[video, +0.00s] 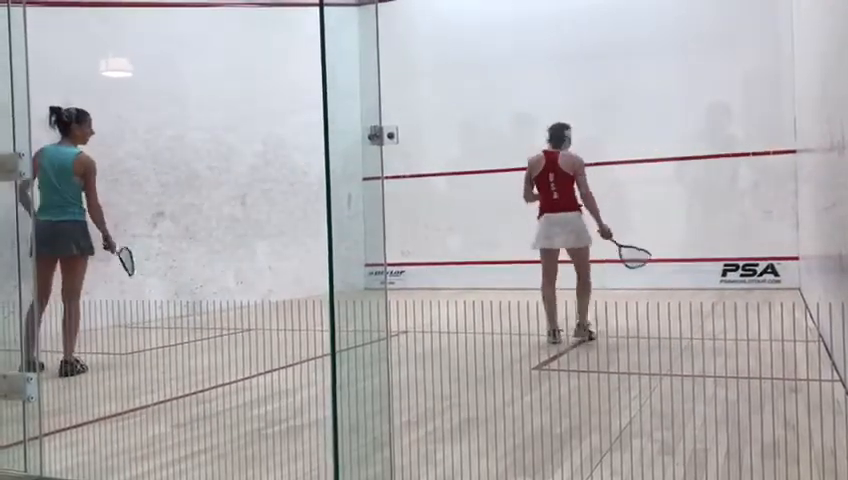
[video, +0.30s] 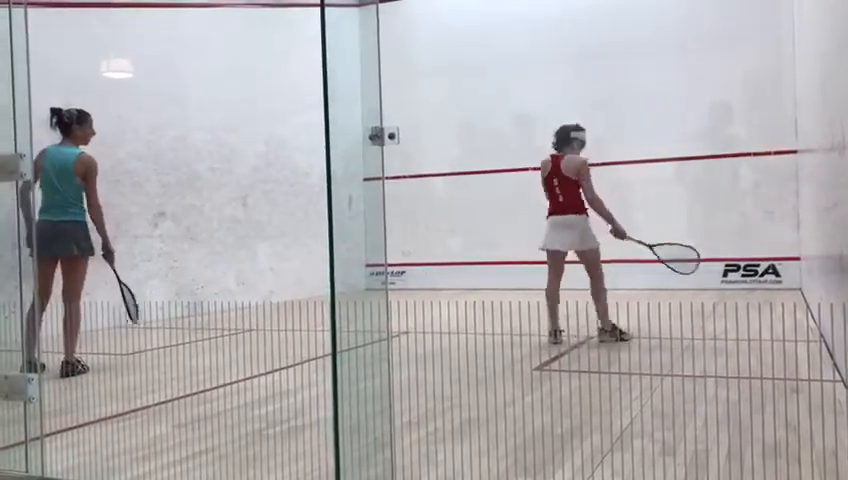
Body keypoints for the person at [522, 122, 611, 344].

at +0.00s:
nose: (571, 144)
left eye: (569, 140)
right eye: (570, 140)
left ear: (549, 139)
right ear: (566, 140)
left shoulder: (535, 161)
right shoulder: (574, 161)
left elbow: (528, 196)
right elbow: (585, 194)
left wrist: (546, 194)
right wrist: (601, 224)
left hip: (548, 222)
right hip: (572, 221)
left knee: (548, 279)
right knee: (583, 275)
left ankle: (553, 329)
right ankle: (582, 324)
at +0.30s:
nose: (581, 148)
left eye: (582, 144)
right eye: (579, 144)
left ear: (559, 143)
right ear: (572, 143)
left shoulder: (545, 164)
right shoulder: (579, 163)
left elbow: (549, 194)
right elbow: (591, 198)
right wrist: (614, 223)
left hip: (555, 224)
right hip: (578, 223)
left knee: (553, 277)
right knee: (596, 274)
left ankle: (554, 329)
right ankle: (606, 325)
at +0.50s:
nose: (596, 141)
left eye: (596, 136)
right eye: (592, 137)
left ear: (575, 141)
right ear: (580, 139)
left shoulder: (564, 164)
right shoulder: (586, 162)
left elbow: (575, 199)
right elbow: (603, 194)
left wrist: (596, 218)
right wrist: (635, 206)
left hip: (566, 222)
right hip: (586, 222)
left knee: (568, 276)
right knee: (603, 275)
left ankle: (557, 327)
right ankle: (608, 327)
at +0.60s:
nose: (601, 141)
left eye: (600, 137)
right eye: (598, 137)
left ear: (580, 141)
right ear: (589, 140)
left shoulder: (572, 165)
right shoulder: (589, 163)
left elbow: (593, 201)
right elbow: (605, 193)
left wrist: (618, 219)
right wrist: (646, 197)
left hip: (573, 224)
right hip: (590, 224)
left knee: (581, 276)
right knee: (608, 276)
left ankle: (560, 322)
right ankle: (609, 326)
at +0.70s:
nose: (603, 139)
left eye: (601, 135)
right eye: (599, 136)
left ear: (585, 143)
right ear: (589, 142)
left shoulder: (578, 167)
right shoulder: (588, 166)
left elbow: (611, 194)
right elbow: (609, 195)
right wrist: (638, 210)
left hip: (577, 225)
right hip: (590, 225)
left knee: (595, 273)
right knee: (612, 274)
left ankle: (566, 311)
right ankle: (611, 326)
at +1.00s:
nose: (595, 140)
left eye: (593, 137)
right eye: (592, 138)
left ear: (580, 144)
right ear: (582, 144)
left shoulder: (589, 162)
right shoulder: (575, 171)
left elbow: (615, 173)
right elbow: (601, 198)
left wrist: (648, 166)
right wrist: (625, 178)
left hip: (582, 226)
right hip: (580, 227)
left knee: (595, 273)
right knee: (605, 275)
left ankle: (565, 311)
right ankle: (612, 328)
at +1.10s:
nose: (590, 143)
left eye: (588, 140)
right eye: (586, 140)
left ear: (575, 148)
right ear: (576, 147)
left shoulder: (582, 165)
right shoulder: (570, 174)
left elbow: (598, 185)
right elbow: (592, 202)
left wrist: (628, 188)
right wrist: (608, 181)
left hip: (575, 228)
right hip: (575, 230)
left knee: (588, 274)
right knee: (602, 274)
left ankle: (562, 316)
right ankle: (612, 327)